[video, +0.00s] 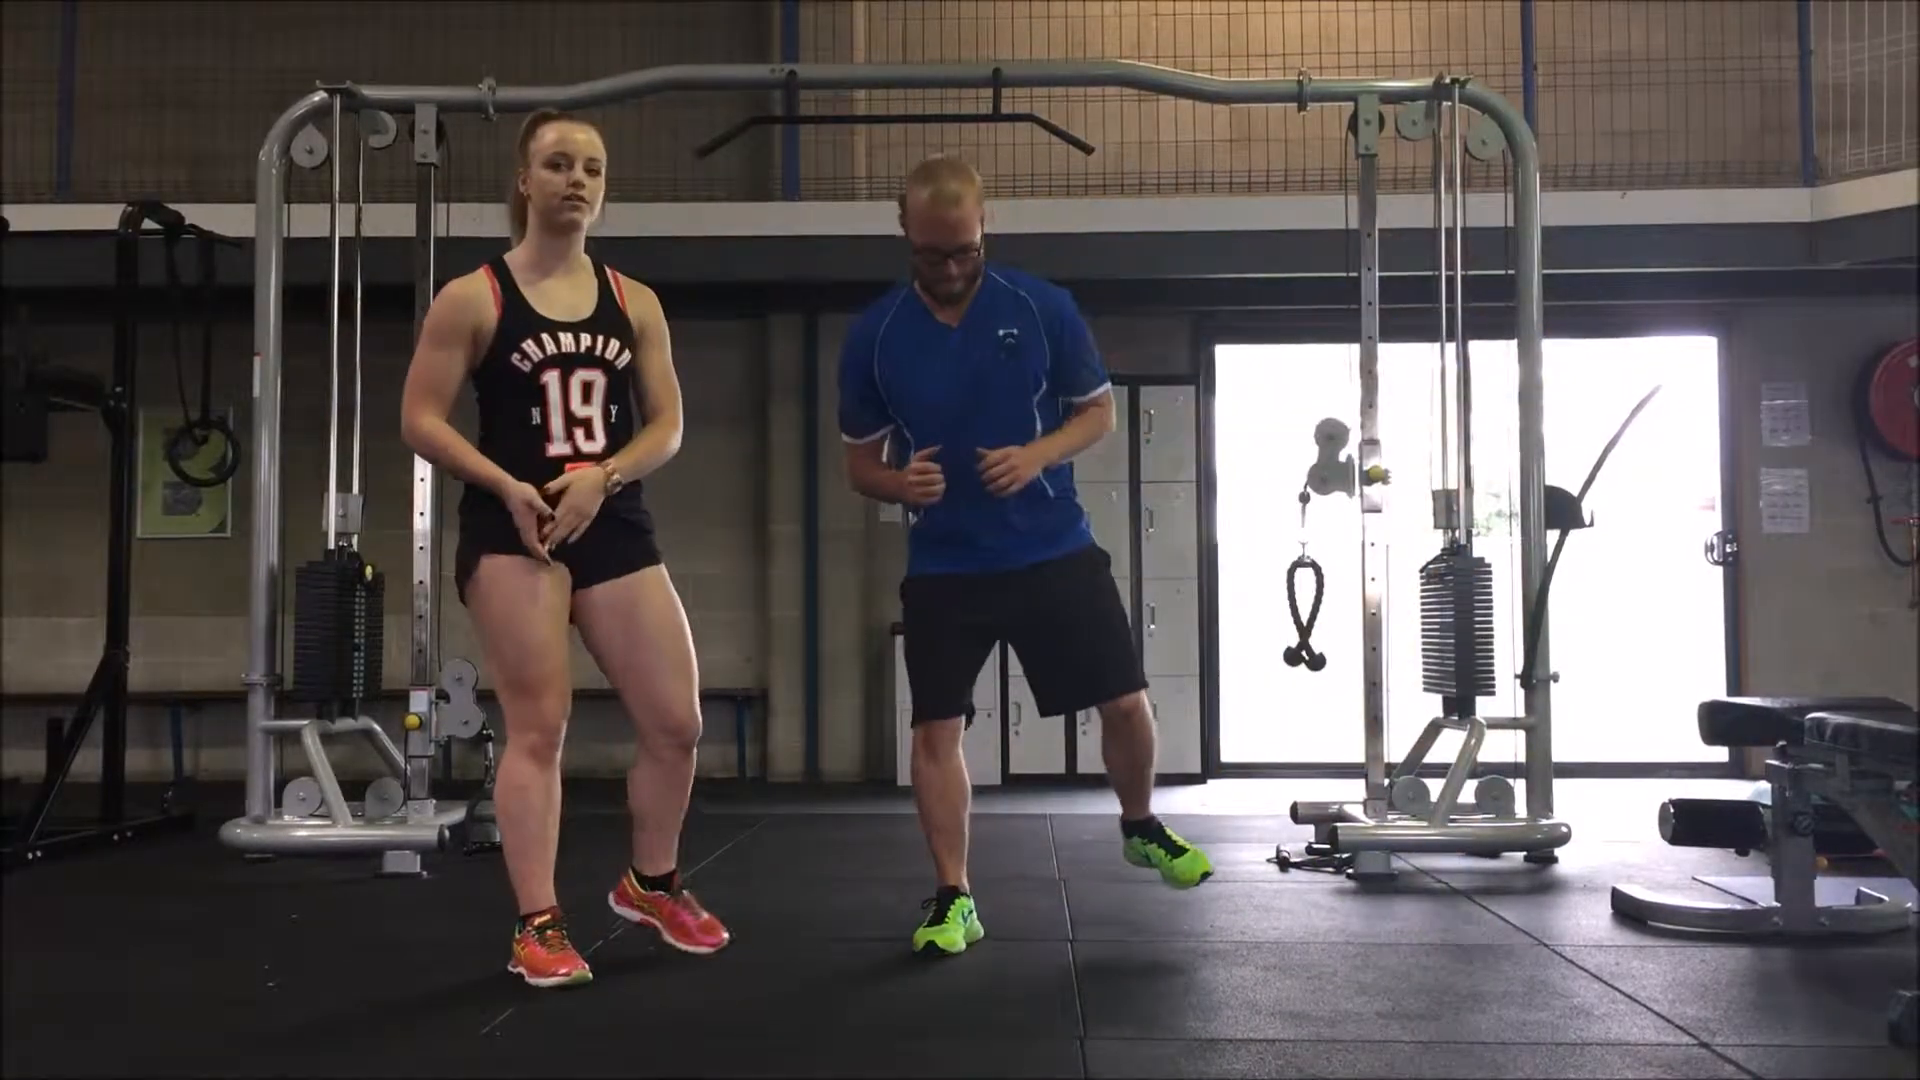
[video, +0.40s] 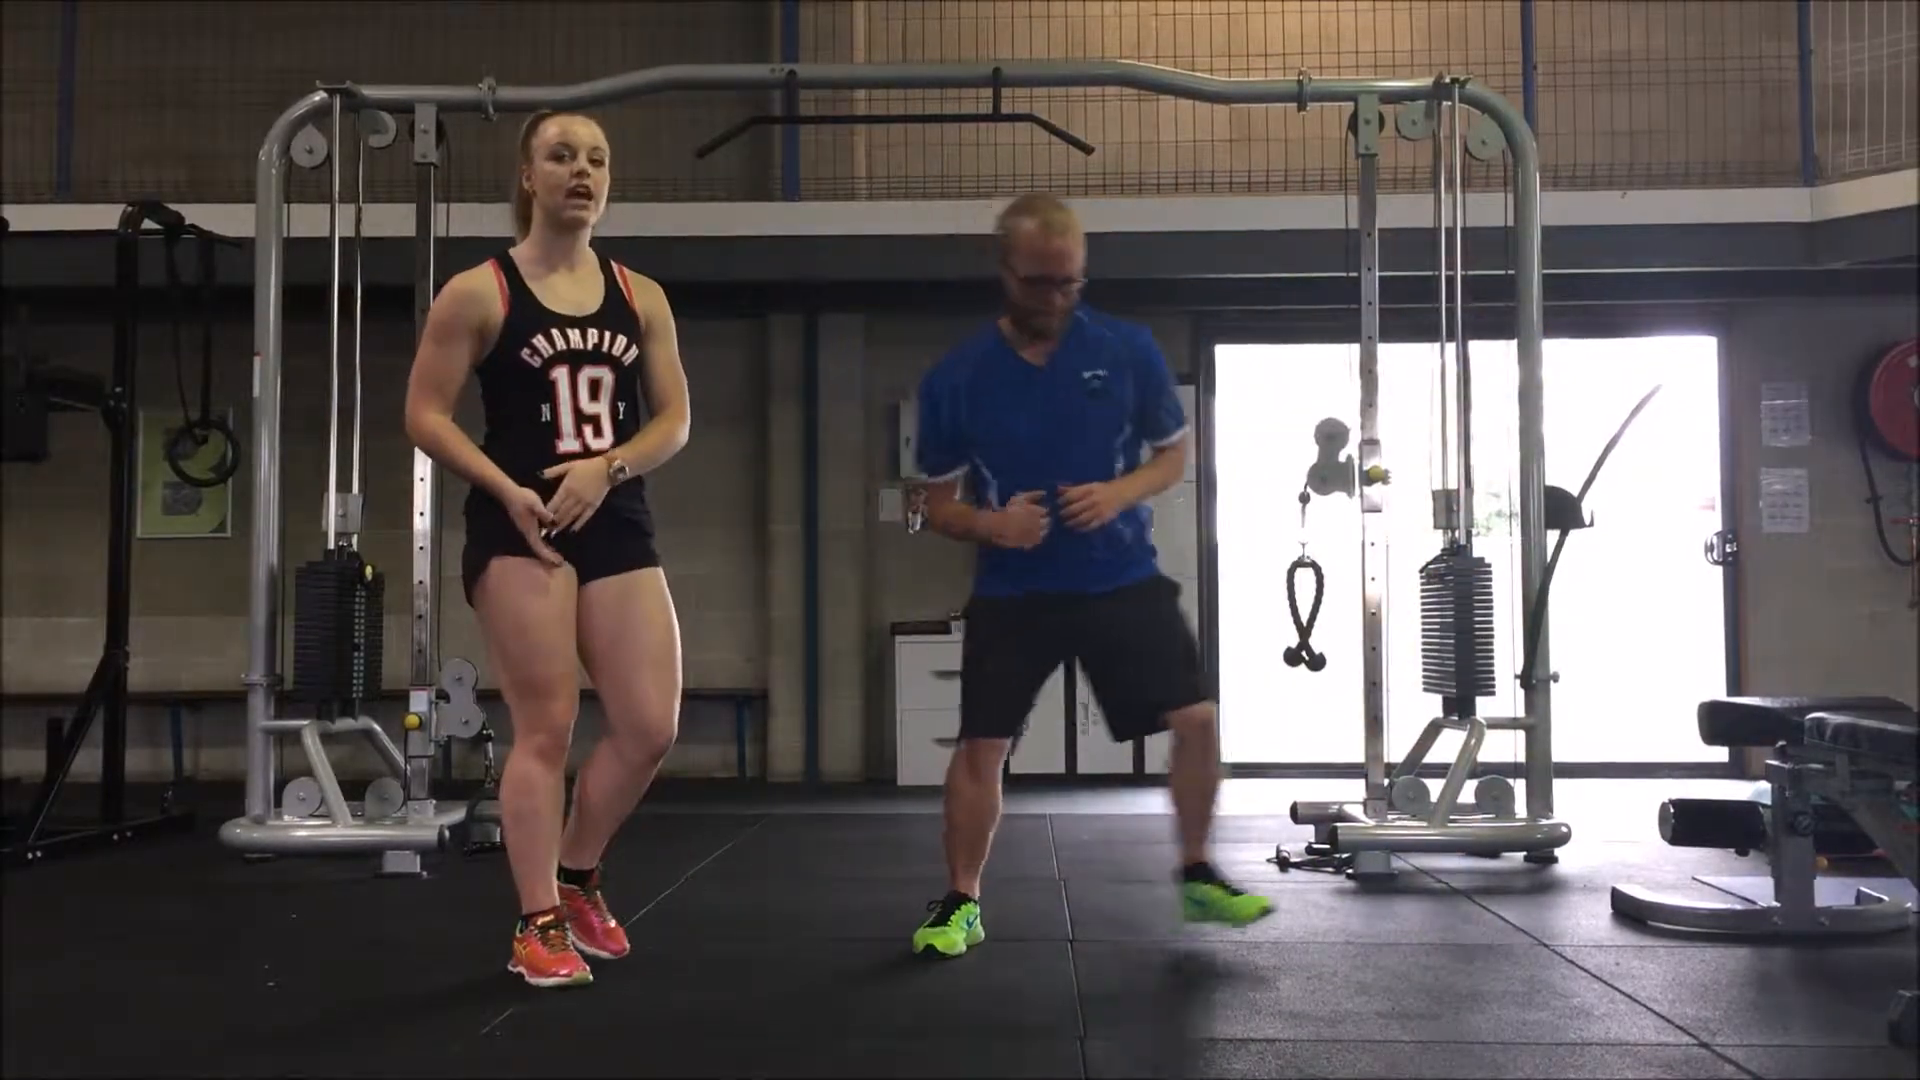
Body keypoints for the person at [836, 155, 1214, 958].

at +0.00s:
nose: (952, 268)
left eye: (965, 251)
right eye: (935, 254)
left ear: (986, 231)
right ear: (904, 236)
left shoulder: (1044, 311)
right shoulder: (872, 337)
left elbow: (1097, 414)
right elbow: (860, 465)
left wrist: (1035, 454)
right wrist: (897, 483)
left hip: (1053, 554)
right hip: (945, 565)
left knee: (1126, 702)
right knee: (934, 728)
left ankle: (1140, 825)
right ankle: (953, 897)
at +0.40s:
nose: (1054, 299)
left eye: (1068, 282)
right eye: (1037, 282)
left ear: (1085, 273)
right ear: (1003, 273)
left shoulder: (1129, 352)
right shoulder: (957, 379)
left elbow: (1176, 456)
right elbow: (934, 504)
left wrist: (1117, 493)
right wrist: (991, 524)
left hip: (1123, 585)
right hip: (1014, 591)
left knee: (1196, 717)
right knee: (981, 745)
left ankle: (1196, 873)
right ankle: (962, 903)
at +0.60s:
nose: (1222, 230)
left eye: (1231, 213)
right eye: (1206, 214)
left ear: (1243, 203)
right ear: (1163, 206)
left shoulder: (1272, 287)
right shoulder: (1100, 295)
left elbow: (1304, 405)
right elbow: (1065, 418)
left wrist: (1257, 405)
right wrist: (1146, 425)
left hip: (1243, 537)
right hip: (1131, 541)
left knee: (1334, 690)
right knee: (1051, 699)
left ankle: (1416, 856)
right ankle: (976, 859)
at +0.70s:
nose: (1306, 240)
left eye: (1316, 223)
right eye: (1290, 224)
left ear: (1325, 212)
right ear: (1245, 213)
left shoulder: (1358, 297)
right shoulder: (1181, 299)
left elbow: (1382, 417)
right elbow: (1141, 428)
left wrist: (1331, 420)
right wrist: (1224, 433)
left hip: (1321, 546)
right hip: (1209, 543)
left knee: (1402, 710)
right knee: (1111, 691)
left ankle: (1469, 886)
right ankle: (1017, 838)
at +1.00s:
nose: (1423, 266)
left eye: (1437, 250)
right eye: (1408, 249)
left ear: (1451, 240)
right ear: (1367, 231)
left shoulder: (1482, 330)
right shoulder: (1309, 330)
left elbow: (1511, 441)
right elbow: (1270, 462)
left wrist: (1464, 453)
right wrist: (1355, 461)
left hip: (1436, 573)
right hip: (1328, 574)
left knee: (1470, 727)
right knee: (1291, 737)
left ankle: (1470, 905)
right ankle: (1271, 855)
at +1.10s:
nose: (1425, 249)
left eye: (1439, 233)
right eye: (1409, 231)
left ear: (1454, 229)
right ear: (1370, 220)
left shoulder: (1495, 321)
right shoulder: (1316, 327)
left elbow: (1524, 433)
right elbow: (1282, 460)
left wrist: (1472, 438)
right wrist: (1364, 452)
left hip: (1447, 566)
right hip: (1342, 569)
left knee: (1473, 725)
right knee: (1325, 737)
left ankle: (1471, 904)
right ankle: (1322, 848)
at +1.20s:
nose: (1419, 239)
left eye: (1434, 225)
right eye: (1403, 223)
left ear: (1450, 227)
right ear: (1368, 220)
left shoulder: (1497, 320)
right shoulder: (1316, 329)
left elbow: (1527, 435)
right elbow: (1287, 462)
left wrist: (1474, 438)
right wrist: (1366, 452)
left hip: (1450, 566)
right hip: (1346, 570)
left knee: (1473, 724)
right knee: (1345, 735)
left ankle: (1471, 904)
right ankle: (1359, 850)